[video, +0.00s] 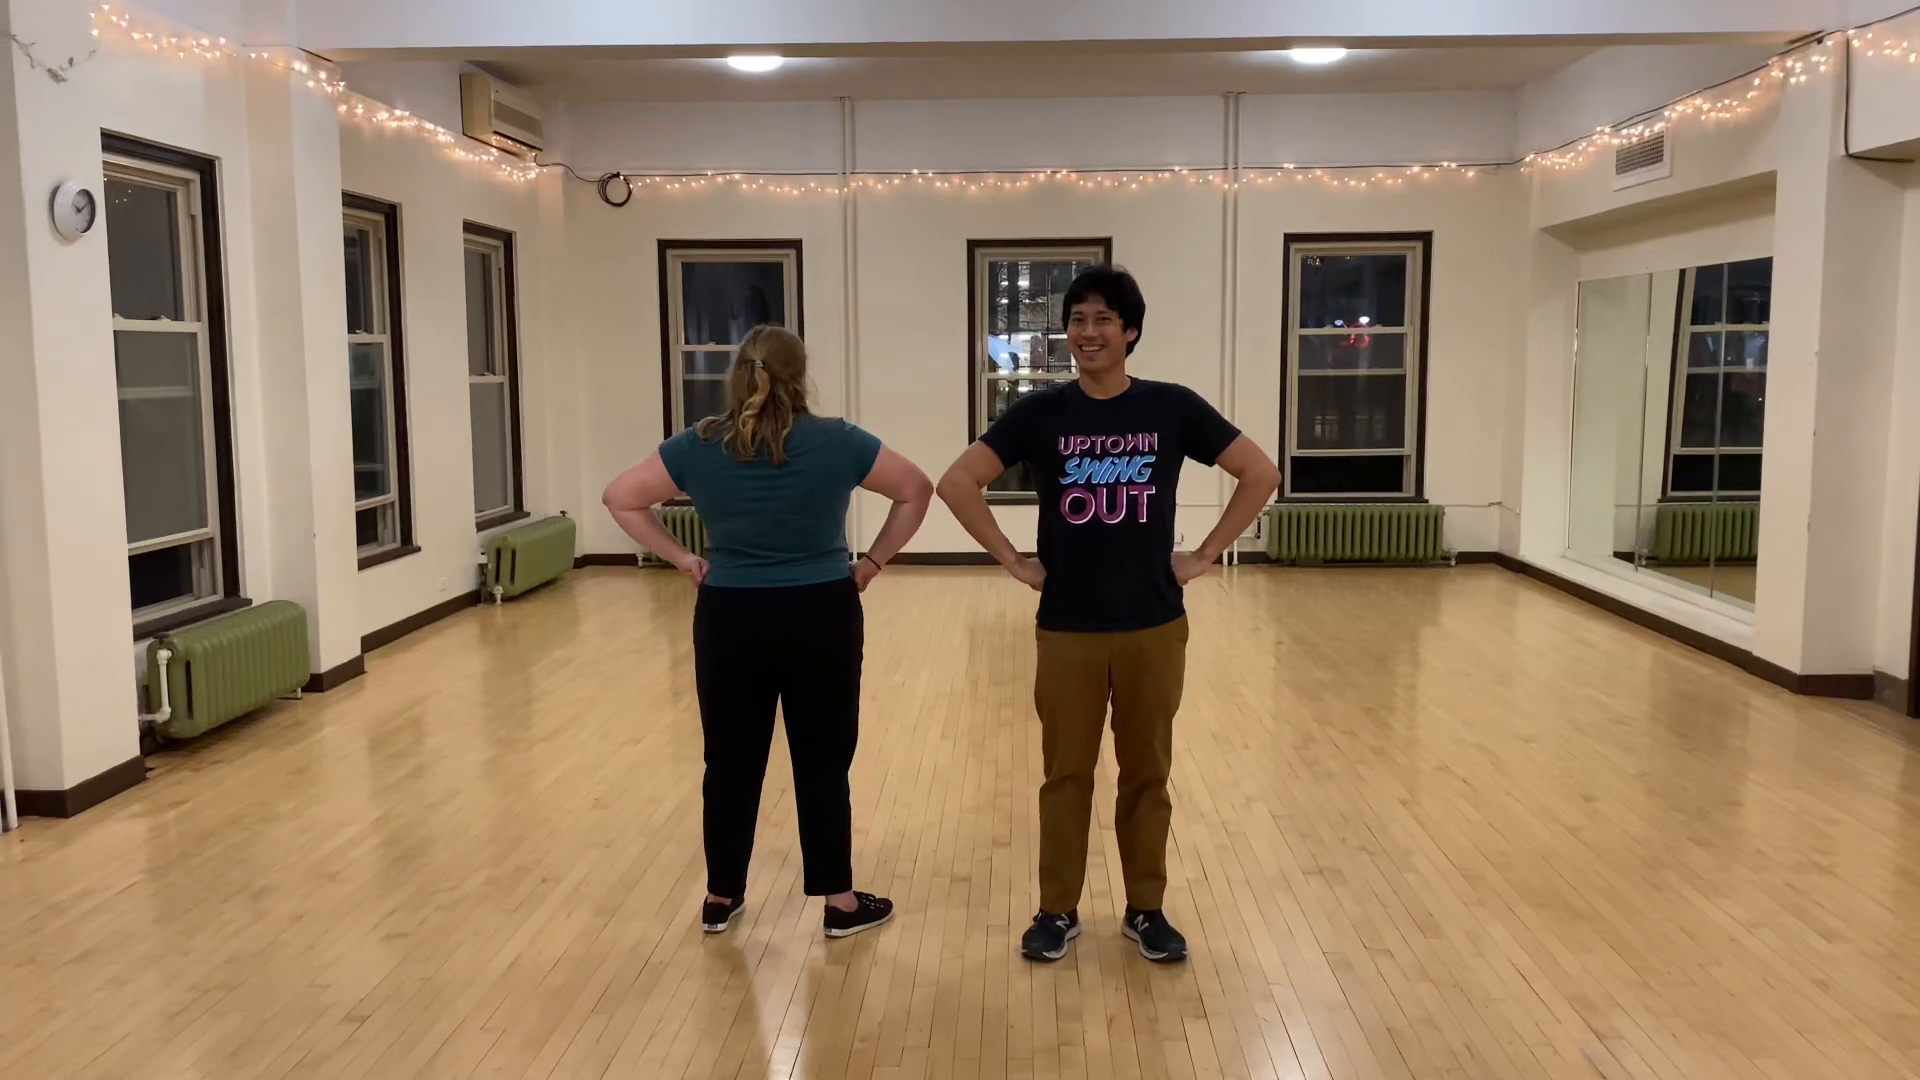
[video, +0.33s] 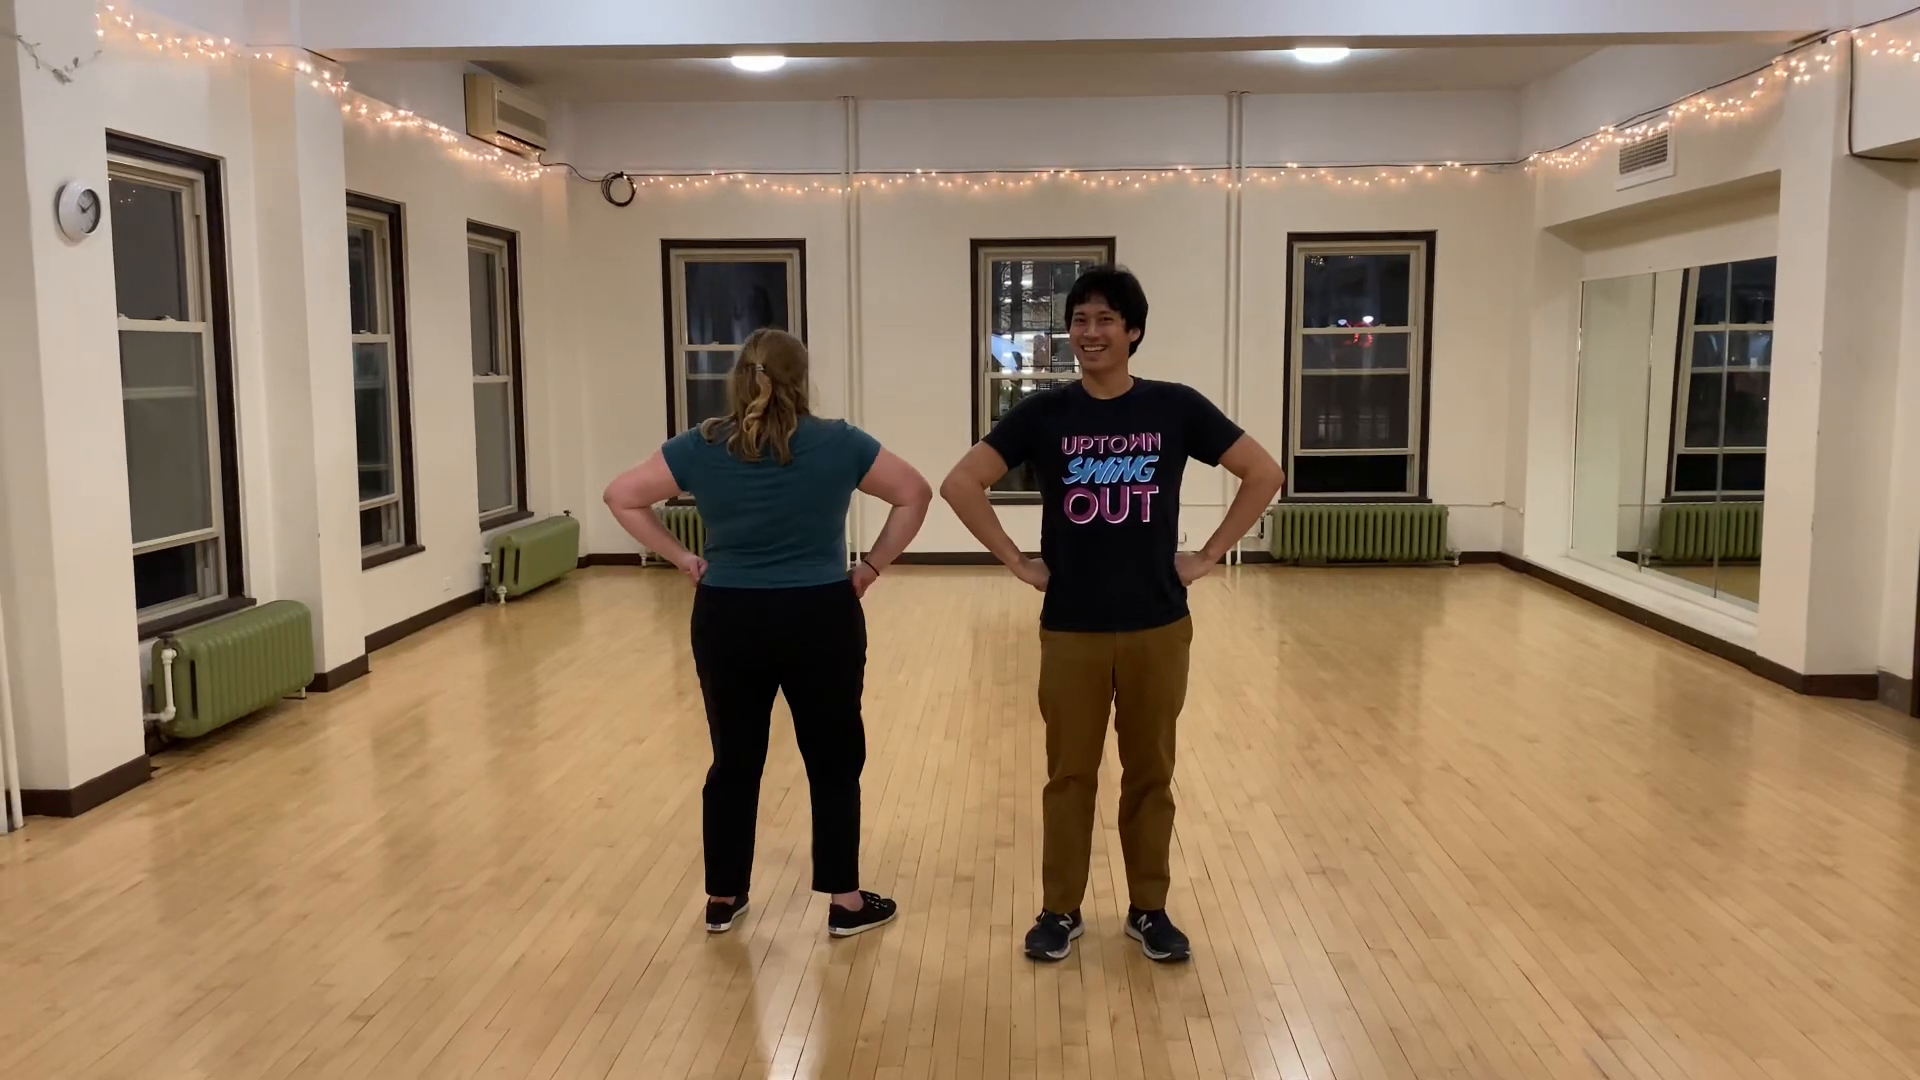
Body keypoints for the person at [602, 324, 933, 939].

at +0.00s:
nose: (801, 378)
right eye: (800, 370)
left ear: (737, 379)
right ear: (800, 379)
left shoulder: (700, 447)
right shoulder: (836, 442)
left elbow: (621, 498)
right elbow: (916, 490)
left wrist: (684, 560)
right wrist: (873, 561)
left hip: (729, 624)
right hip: (821, 621)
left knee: (730, 761)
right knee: (824, 762)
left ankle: (721, 897)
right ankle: (840, 899)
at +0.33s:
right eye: (799, 372)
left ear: (739, 381)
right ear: (802, 381)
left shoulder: (703, 447)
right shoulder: (838, 443)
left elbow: (621, 497)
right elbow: (914, 495)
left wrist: (685, 560)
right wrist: (871, 567)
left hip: (727, 626)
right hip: (820, 624)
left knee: (734, 761)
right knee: (835, 762)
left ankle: (722, 898)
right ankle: (846, 900)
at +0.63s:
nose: (805, 390)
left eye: (806, 379)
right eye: (793, 379)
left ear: (746, 390)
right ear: (757, 385)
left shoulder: (720, 437)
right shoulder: (761, 434)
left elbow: (710, 521)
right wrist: (774, 569)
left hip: (685, 604)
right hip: (747, 607)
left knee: (719, 749)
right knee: (810, 736)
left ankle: (727, 892)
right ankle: (836, 881)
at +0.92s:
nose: (746, 386)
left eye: (758, 376)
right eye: (734, 375)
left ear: (775, 386)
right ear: (714, 381)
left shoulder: (784, 449)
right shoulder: (684, 433)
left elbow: (828, 505)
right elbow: (604, 483)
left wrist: (786, 559)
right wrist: (654, 570)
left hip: (757, 614)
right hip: (686, 613)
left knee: (740, 759)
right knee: (695, 763)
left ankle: (723, 892)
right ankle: (662, 922)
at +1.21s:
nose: (709, 383)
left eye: (722, 372)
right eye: (697, 372)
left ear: (741, 381)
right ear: (677, 379)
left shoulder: (766, 443)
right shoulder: (647, 441)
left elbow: (834, 494)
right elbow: (564, 497)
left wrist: (781, 559)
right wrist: (621, 576)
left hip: (750, 622)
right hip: (671, 625)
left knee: (738, 763)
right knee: (675, 774)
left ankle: (726, 893)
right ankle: (658, 927)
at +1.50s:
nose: (708, 382)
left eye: (720, 372)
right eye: (695, 371)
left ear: (737, 380)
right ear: (674, 379)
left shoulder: (761, 441)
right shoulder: (647, 440)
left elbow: (828, 492)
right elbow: (568, 497)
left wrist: (776, 555)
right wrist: (626, 577)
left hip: (745, 621)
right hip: (668, 624)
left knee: (734, 763)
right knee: (673, 774)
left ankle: (728, 892)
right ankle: (660, 923)